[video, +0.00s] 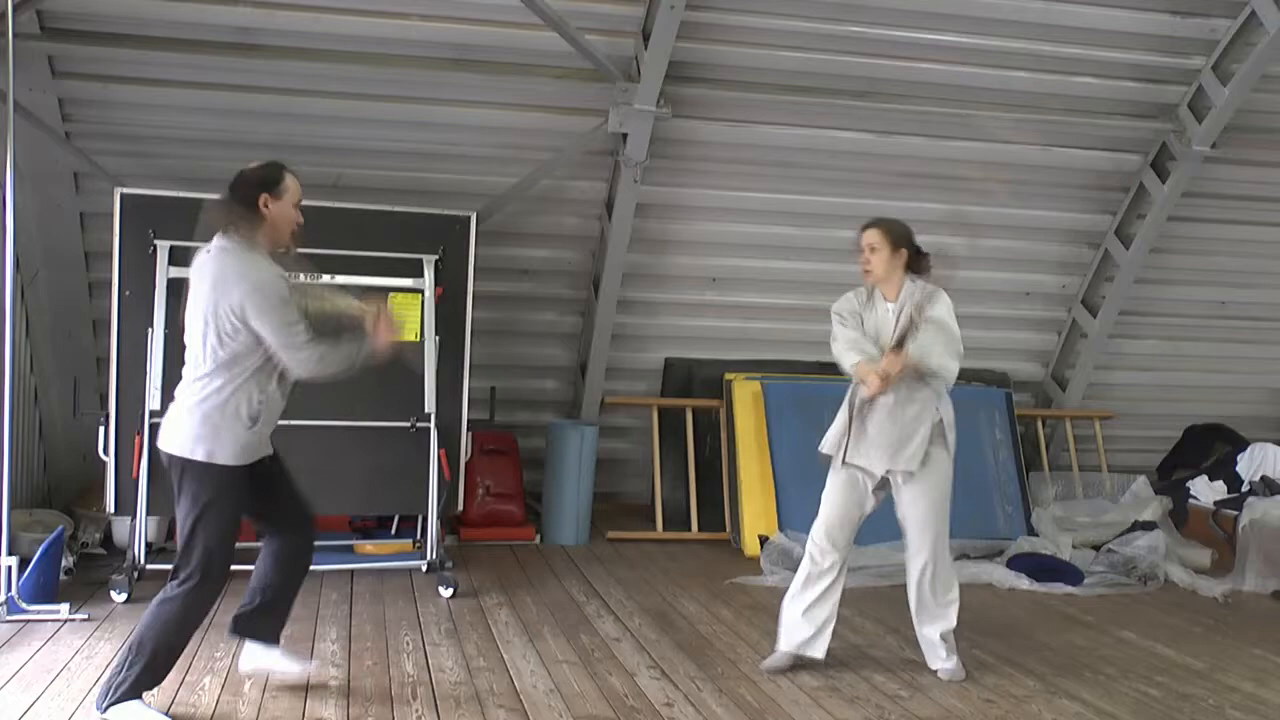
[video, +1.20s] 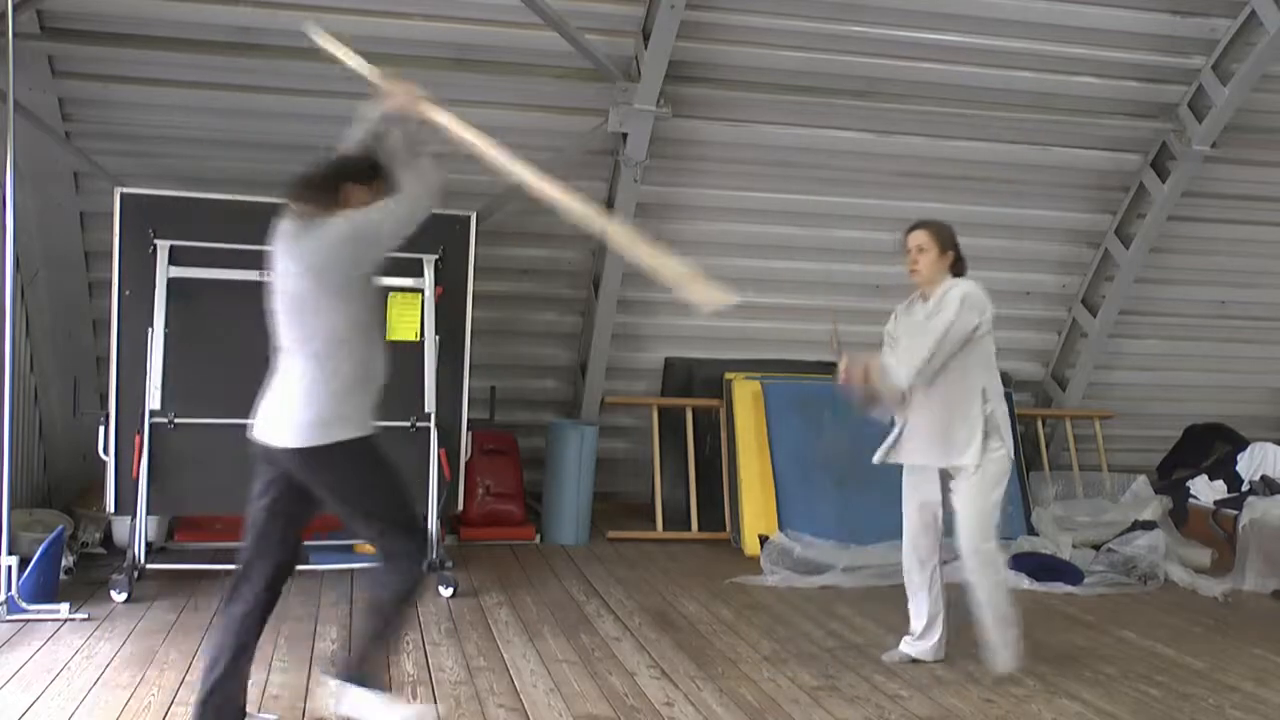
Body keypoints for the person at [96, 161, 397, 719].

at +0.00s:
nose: (301, 217)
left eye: (301, 206)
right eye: (296, 205)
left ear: (262, 204)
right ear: (266, 204)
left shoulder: (221, 255)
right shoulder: (255, 274)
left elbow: (293, 299)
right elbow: (304, 360)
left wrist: (355, 309)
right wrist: (373, 345)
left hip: (231, 438)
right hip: (213, 443)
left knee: (293, 530)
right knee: (201, 575)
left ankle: (259, 640)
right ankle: (116, 698)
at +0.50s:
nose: (270, 216)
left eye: (270, 206)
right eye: (264, 204)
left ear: (232, 205)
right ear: (229, 202)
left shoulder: (242, 272)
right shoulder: (171, 256)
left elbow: (290, 339)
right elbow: (256, 278)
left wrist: (350, 290)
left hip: (221, 455)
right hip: (170, 457)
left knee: (261, 547)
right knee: (170, 601)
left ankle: (255, 671)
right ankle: (104, 713)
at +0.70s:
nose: (266, 192)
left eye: (265, 179)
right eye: (258, 178)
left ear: (225, 183)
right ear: (225, 180)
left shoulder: (223, 252)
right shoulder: (192, 236)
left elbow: (286, 329)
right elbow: (274, 283)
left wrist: (368, 285)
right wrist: (369, 274)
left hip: (217, 439)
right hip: (173, 439)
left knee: (284, 523)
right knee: (149, 587)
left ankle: (241, 655)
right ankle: (100, 713)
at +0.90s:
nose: (281, 195)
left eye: (278, 183)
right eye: (272, 183)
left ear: (236, 191)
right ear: (243, 189)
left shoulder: (215, 252)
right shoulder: (242, 257)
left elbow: (293, 333)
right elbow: (303, 339)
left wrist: (381, 336)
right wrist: (383, 359)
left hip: (236, 456)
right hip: (217, 457)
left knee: (261, 582)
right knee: (188, 587)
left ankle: (218, 711)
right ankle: (102, 711)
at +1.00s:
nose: (300, 197)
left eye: (298, 186)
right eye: (292, 185)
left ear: (259, 188)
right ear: (262, 186)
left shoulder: (229, 246)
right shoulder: (253, 250)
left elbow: (315, 310)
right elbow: (331, 301)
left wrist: (384, 312)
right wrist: (419, 283)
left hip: (241, 439)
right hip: (248, 443)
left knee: (241, 577)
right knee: (265, 578)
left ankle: (218, 707)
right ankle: (145, 682)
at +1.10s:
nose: (338, 198)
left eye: (337, 189)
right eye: (331, 187)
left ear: (285, 189)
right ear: (306, 187)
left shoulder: (258, 234)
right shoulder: (296, 238)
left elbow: (338, 216)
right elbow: (392, 232)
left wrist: (383, 181)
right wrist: (423, 164)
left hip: (254, 433)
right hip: (296, 434)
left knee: (247, 573)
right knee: (364, 552)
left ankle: (214, 706)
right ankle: (265, 655)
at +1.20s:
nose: (377, 212)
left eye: (376, 200)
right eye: (372, 199)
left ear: (327, 190)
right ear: (351, 196)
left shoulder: (290, 230)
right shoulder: (342, 239)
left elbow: (338, 167)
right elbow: (417, 197)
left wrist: (378, 114)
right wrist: (412, 128)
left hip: (280, 431)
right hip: (327, 434)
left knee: (259, 574)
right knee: (407, 551)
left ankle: (216, 708)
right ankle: (357, 676)